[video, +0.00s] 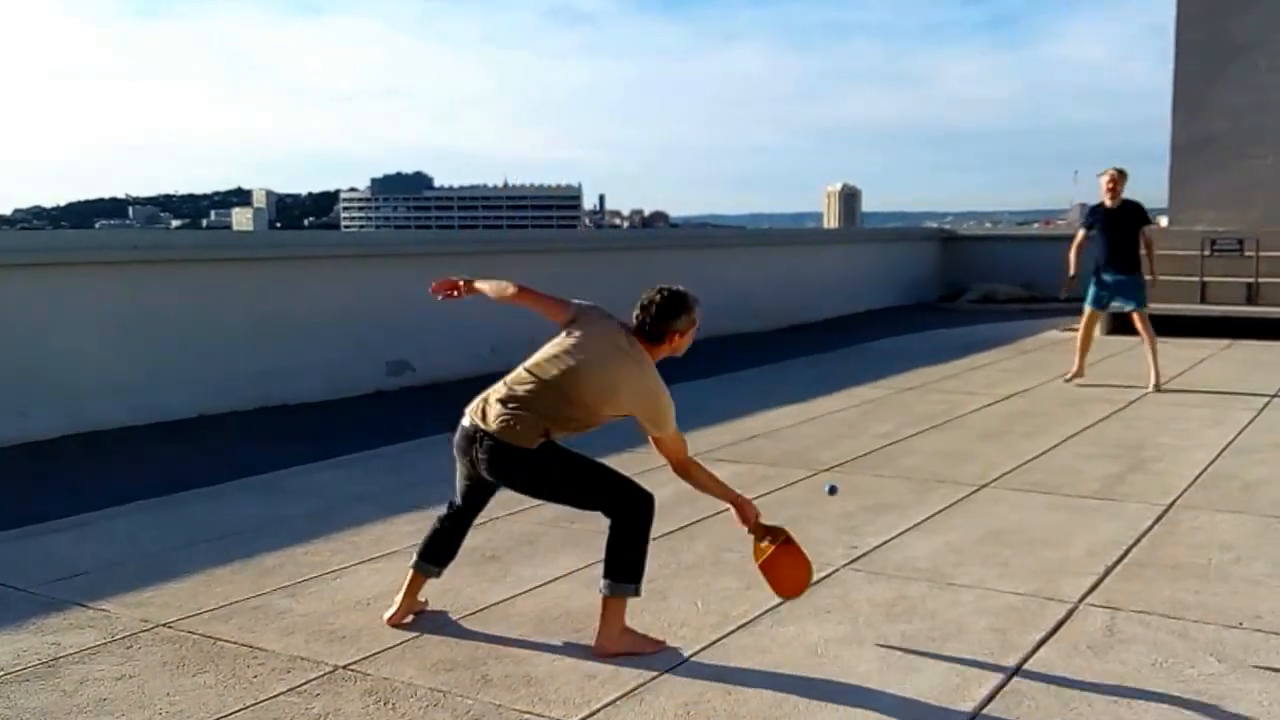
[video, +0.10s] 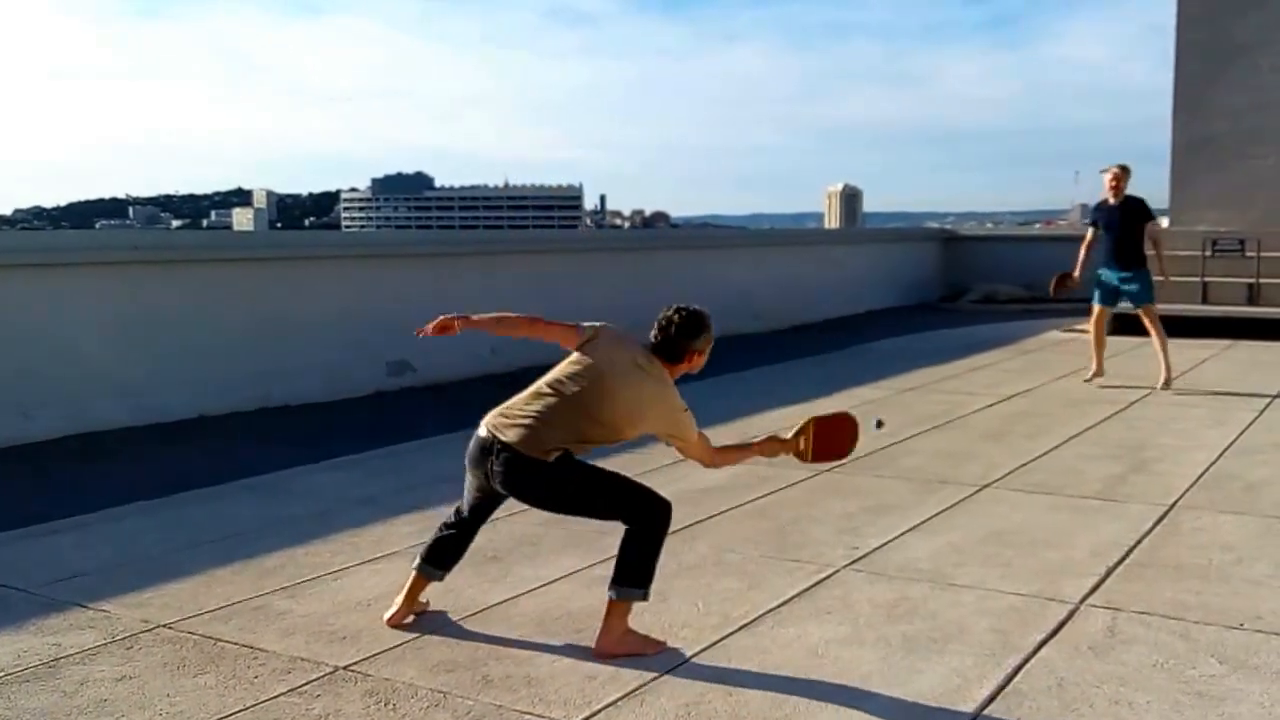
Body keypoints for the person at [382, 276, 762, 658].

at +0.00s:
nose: (689, 343)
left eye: (691, 335)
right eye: (690, 336)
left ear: (639, 319)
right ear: (673, 338)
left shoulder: (591, 319)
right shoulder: (648, 386)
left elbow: (513, 291)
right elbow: (683, 463)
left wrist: (468, 285)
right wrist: (737, 500)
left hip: (470, 431)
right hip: (513, 451)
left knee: (464, 506)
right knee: (634, 504)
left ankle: (403, 604)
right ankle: (613, 632)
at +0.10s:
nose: (707, 357)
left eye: (706, 348)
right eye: (707, 350)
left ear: (658, 336)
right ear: (692, 357)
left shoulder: (607, 339)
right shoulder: (666, 405)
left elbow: (529, 325)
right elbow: (710, 456)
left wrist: (465, 321)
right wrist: (767, 445)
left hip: (485, 442)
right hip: (527, 465)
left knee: (469, 514)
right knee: (652, 511)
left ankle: (404, 604)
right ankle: (615, 633)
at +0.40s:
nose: (723, 277)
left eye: (722, 269)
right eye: (722, 270)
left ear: (672, 267)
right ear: (711, 277)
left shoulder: (624, 288)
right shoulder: (701, 342)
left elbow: (550, 314)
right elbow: (729, 422)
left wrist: (496, 360)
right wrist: (769, 400)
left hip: (533, 408)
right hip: (581, 430)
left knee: (500, 510)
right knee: (667, 515)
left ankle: (426, 613)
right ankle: (618, 635)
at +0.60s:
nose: (697, 200)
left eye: (694, 191)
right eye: (696, 192)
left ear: (647, 190)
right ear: (688, 197)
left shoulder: (599, 224)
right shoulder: (680, 262)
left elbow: (534, 268)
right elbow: (696, 358)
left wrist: (524, 328)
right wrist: (724, 384)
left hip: (543, 368)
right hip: (595, 385)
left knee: (536, 468)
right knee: (644, 504)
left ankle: (487, 559)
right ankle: (619, 634)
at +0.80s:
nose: (667, 175)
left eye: (664, 167)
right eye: (666, 168)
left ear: (615, 173)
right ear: (656, 173)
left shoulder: (575, 217)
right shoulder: (655, 231)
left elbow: (523, 280)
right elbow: (662, 328)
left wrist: (543, 334)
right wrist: (686, 362)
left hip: (535, 355)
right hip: (579, 373)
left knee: (524, 467)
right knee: (620, 505)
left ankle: (458, 571)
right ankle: (594, 637)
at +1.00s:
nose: (626, 203)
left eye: (624, 195)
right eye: (624, 196)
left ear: (576, 205)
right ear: (614, 203)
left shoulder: (556, 247)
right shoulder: (608, 261)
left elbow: (561, 337)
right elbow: (602, 359)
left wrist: (625, 370)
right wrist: (632, 416)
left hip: (509, 391)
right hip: (552, 406)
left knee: (484, 496)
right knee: (624, 512)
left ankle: (426, 590)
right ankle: (598, 646)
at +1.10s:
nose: (595, 199)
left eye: (591, 191)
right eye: (591, 192)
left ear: (546, 204)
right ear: (579, 202)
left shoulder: (532, 248)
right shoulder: (556, 265)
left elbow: (581, 324)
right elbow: (536, 357)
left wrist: (648, 339)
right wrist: (573, 425)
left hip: (487, 396)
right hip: (521, 408)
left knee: (462, 500)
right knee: (604, 512)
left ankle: (396, 595)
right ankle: (597, 646)